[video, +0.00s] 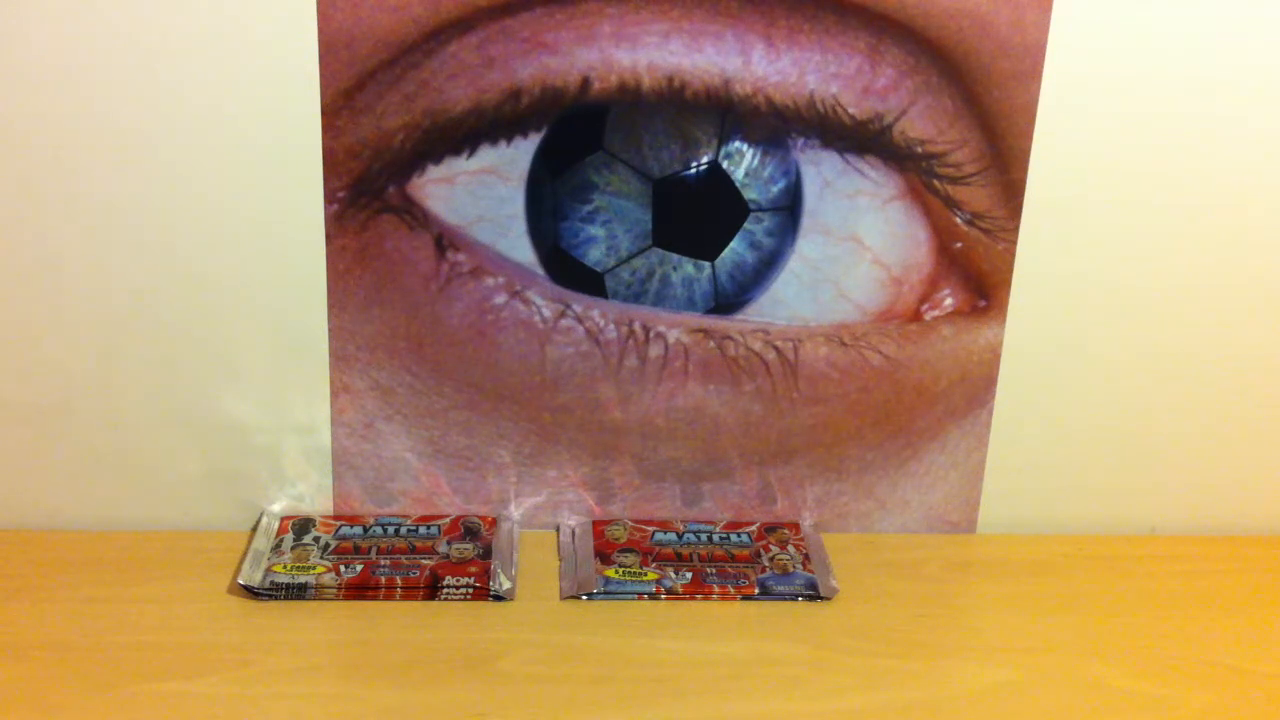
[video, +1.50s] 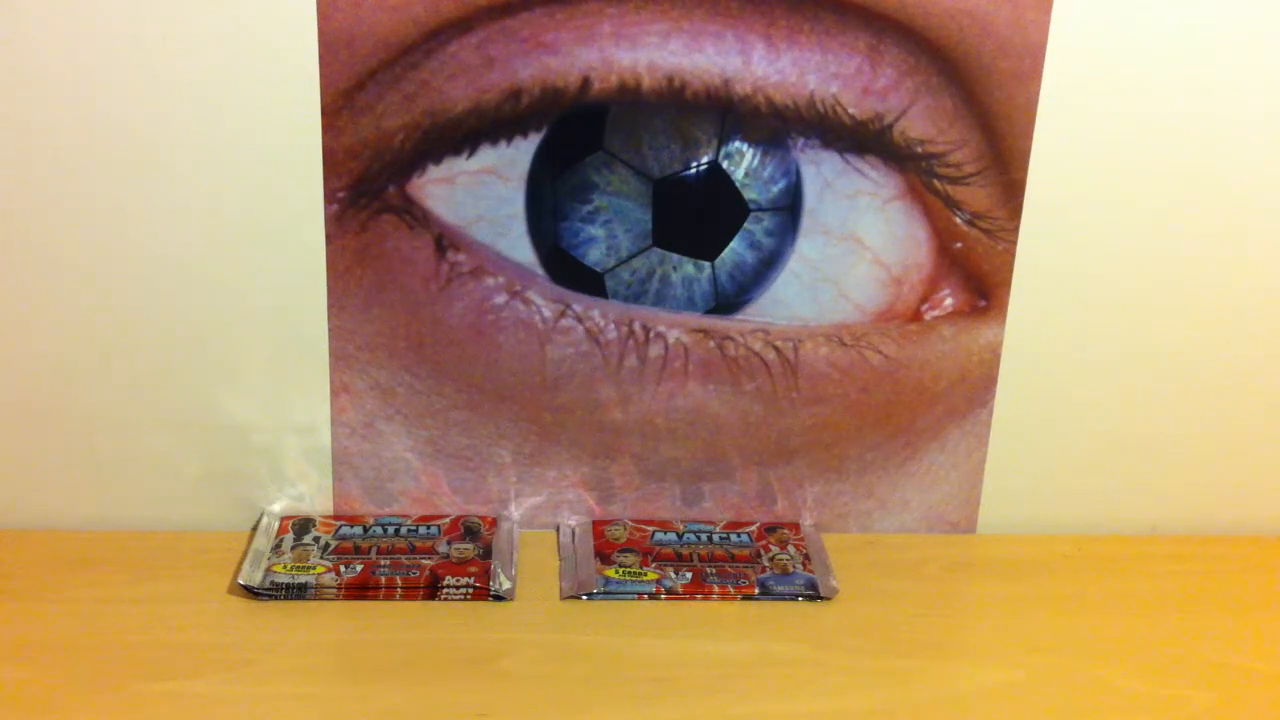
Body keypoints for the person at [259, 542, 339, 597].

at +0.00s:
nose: (309, 554)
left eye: (312, 551)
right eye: (305, 550)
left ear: (315, 552)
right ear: (293, 551)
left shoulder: (323, 569)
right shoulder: (274, 568)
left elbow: (328, 596)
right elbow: (262, 594)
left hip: (309, 611)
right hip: (276, 611)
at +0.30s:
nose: (310, 554)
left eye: (312, 551)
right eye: (305, 550)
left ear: (315, 552)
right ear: (293, 551)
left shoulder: (323, 568)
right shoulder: (274, 568)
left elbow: (328, 597)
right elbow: (262, 595)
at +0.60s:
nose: (310, 554)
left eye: (312, 551)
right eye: (305, 550)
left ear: (315, 552)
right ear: (293, 551)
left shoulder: (323, 569)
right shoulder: (274, 568)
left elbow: (327, 598)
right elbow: (262, 595)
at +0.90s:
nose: (309, 554)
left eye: (312, 551)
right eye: (305, 550)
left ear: (315, 551)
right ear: (293, 551)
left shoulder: (323, 568)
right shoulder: (274, 568)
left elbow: (327, 599)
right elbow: (262, 595)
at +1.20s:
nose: (309, 554)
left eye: (312, 551)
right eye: (305, 550)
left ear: (315, 552)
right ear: (293, 551)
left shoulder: (323, 568)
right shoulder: (274, 568)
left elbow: (328, 597)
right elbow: (262, 595)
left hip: (309, 611)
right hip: (277, 611)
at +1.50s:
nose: (309, 554)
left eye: (312, 551)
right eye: (305, 550)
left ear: (315, 552)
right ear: (293, 551)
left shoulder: (323, 568)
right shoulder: (274, 568)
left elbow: (327, 597)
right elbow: (262, 595)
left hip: (309, 611)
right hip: (277, 611)